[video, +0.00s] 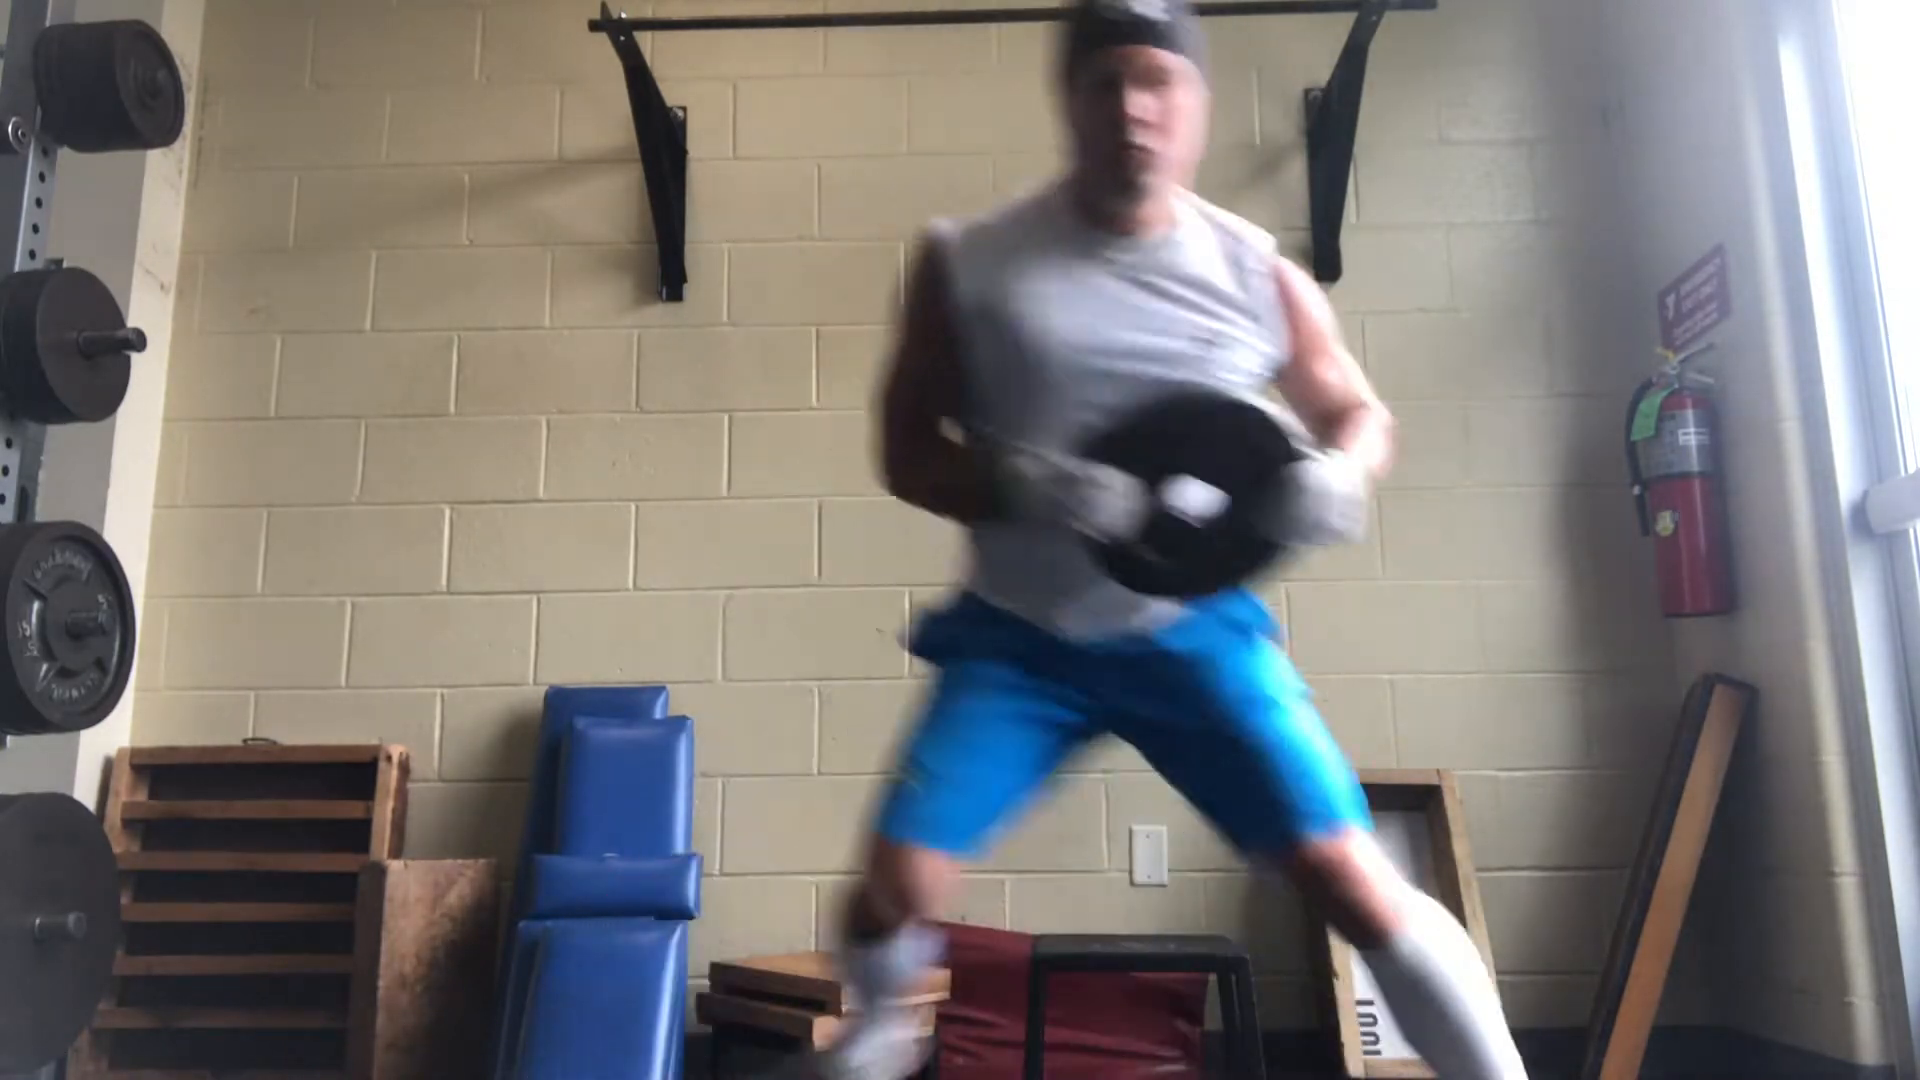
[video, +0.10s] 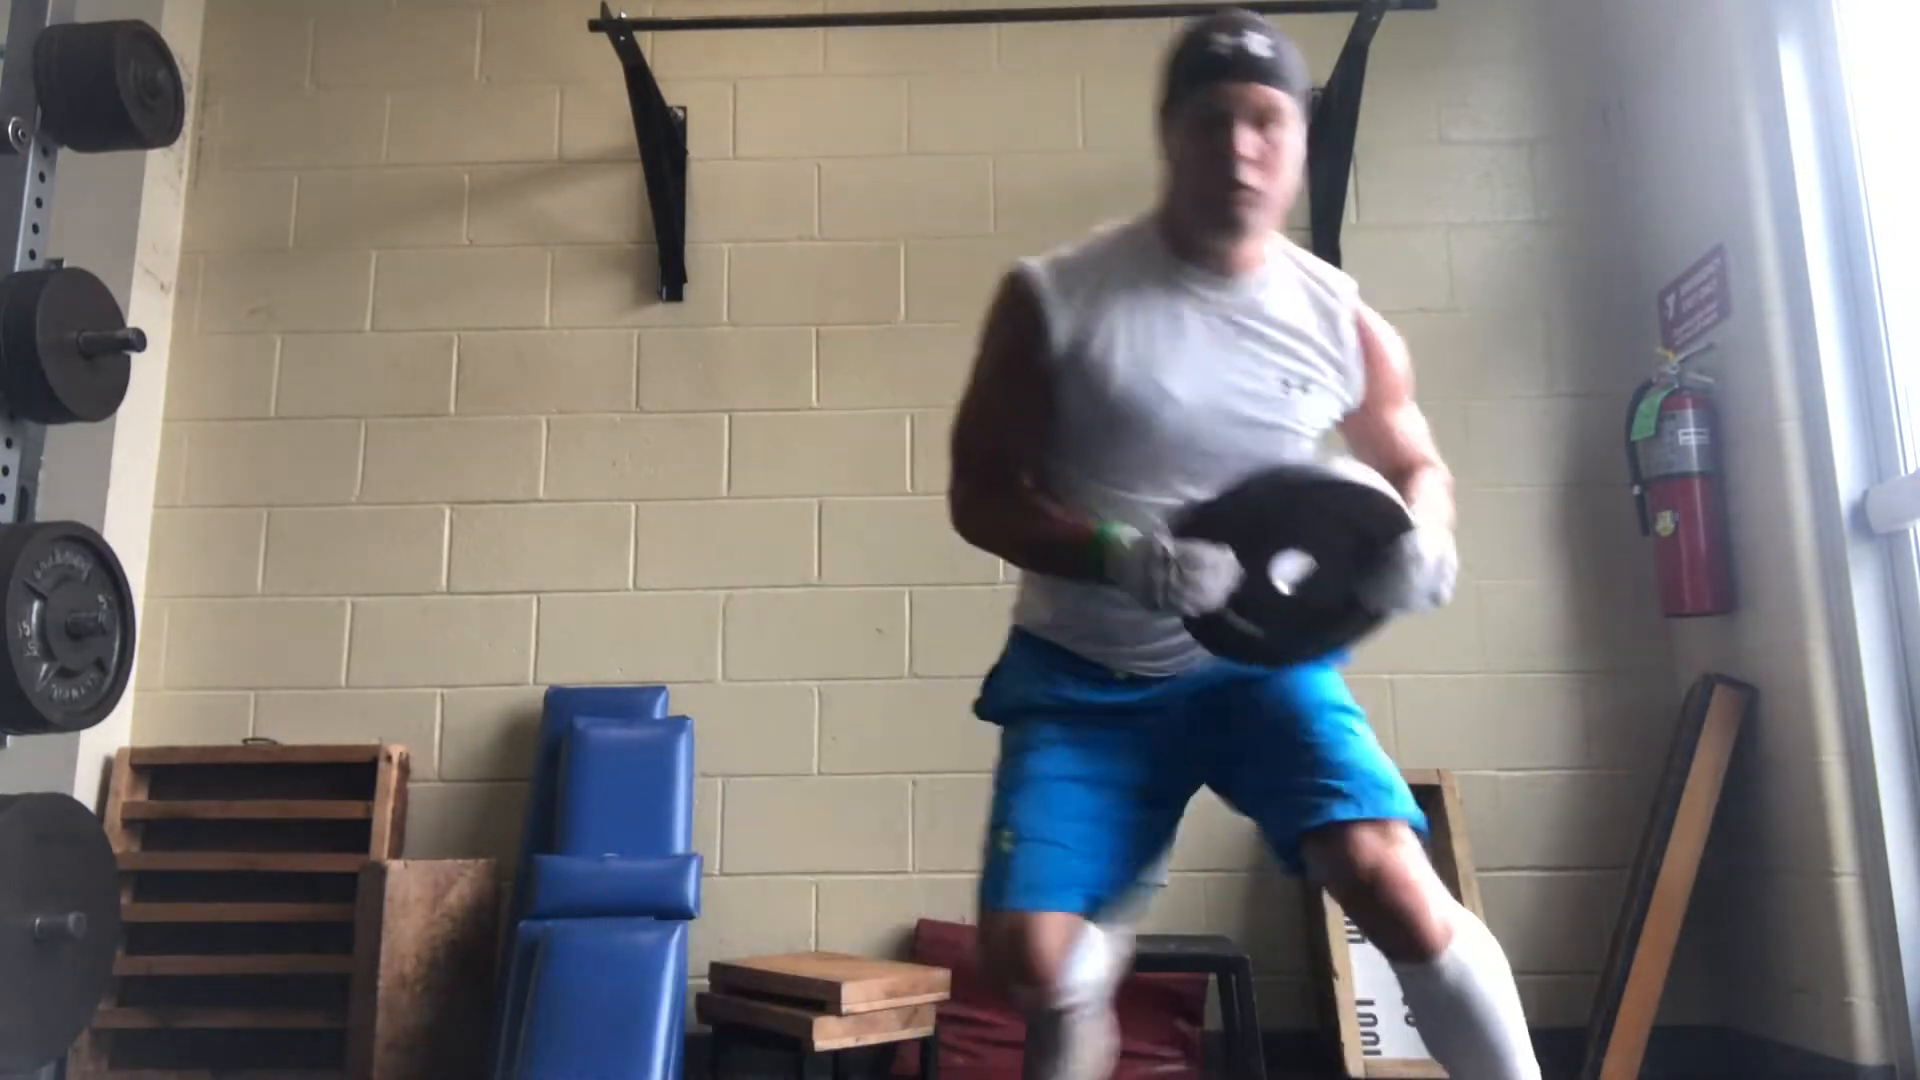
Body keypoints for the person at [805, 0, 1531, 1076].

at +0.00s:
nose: (1133, 111)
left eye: (1157, 83)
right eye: (1106, 84)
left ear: (1200, 105)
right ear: (1067, 104)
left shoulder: (1258, 275)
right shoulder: (966, 265)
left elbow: (1362, 418)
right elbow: (907, 455)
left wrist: (1340, 476)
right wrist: (1022, 485)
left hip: (1200, 643)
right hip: (1018, 644)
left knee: (1348, 878)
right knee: (897, 887)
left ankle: (1497, 1074)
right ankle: (884, 1036)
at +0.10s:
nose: (1242, 145)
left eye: (1267, 122)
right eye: (1214, 119)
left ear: (1300, 147)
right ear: (1168, 135)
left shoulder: (1347, 329)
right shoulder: (1053, 303)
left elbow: (1418, 469)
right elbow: (980, 499)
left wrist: (1422, 538)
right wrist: (1124, 557)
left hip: (1262, 668)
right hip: (1082, 678)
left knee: (1387, 878)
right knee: (1032, 956)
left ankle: (1515, 1074)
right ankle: (1094, 982)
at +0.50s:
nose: (967, 80)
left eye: (992, 53)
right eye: (940, 54)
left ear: (1032, 67)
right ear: (904, 70)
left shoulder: (1104, 235)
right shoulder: (829, 232)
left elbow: (1185, 448)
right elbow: (774, 410)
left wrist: (1025, 465)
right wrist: (783, 435)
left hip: (1047, 593)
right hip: (875, 583)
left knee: (1109, 854)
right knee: (730, 840)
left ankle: (1110, 1061)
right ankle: (598, 1076)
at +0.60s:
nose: (849, 142)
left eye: (874, 115)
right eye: (824, 117)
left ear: (914, 126)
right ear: (788, 135)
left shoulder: (1004, 293)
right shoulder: (740, 311)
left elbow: (1111, 493)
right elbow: (722, 480)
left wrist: (953, 530)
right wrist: (710, 524)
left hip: (970, 673)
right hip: (800, 654)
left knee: (933, 930)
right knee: (674, 892)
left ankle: (832, 989)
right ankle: (589, 1074)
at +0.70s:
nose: (787, 170)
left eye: (812, 138)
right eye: (758, 145)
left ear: (855, 145)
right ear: (725, 168)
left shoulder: (965, 304)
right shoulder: (708, 343)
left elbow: (1098, 482)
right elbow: (709, 496)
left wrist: (955, 552)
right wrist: (698, 569)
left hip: (945, 678)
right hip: (781, 671)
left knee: (887, 923)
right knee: (667, 899)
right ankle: (586, 1079)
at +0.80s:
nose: (821, 142)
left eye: (845, 108)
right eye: (791, 116)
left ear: (887, 115)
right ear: (758, 138)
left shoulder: (998, 271)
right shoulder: (726, 315)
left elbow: (1141, 426)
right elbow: (722, 465)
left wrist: (1026, 500)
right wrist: (752, 527)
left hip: (992, 639)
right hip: (820, 645)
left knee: (1033, 871)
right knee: (693, 888)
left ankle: (1091, 1011)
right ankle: (598, 1072)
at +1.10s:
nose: (1165, 117)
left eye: (1190, 88)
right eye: (1136, 90)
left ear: (1229, 112)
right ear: (1092, 108)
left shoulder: (1287, 290)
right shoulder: (988, 273)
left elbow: (1353, 429)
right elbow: (924, 468)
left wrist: (1354, 501)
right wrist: (1060, 519)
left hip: (1223, 649)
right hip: (1038, 658)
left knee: (1347, 876)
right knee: (978, 921)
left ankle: (1466, 1073)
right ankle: (1019, 1036)